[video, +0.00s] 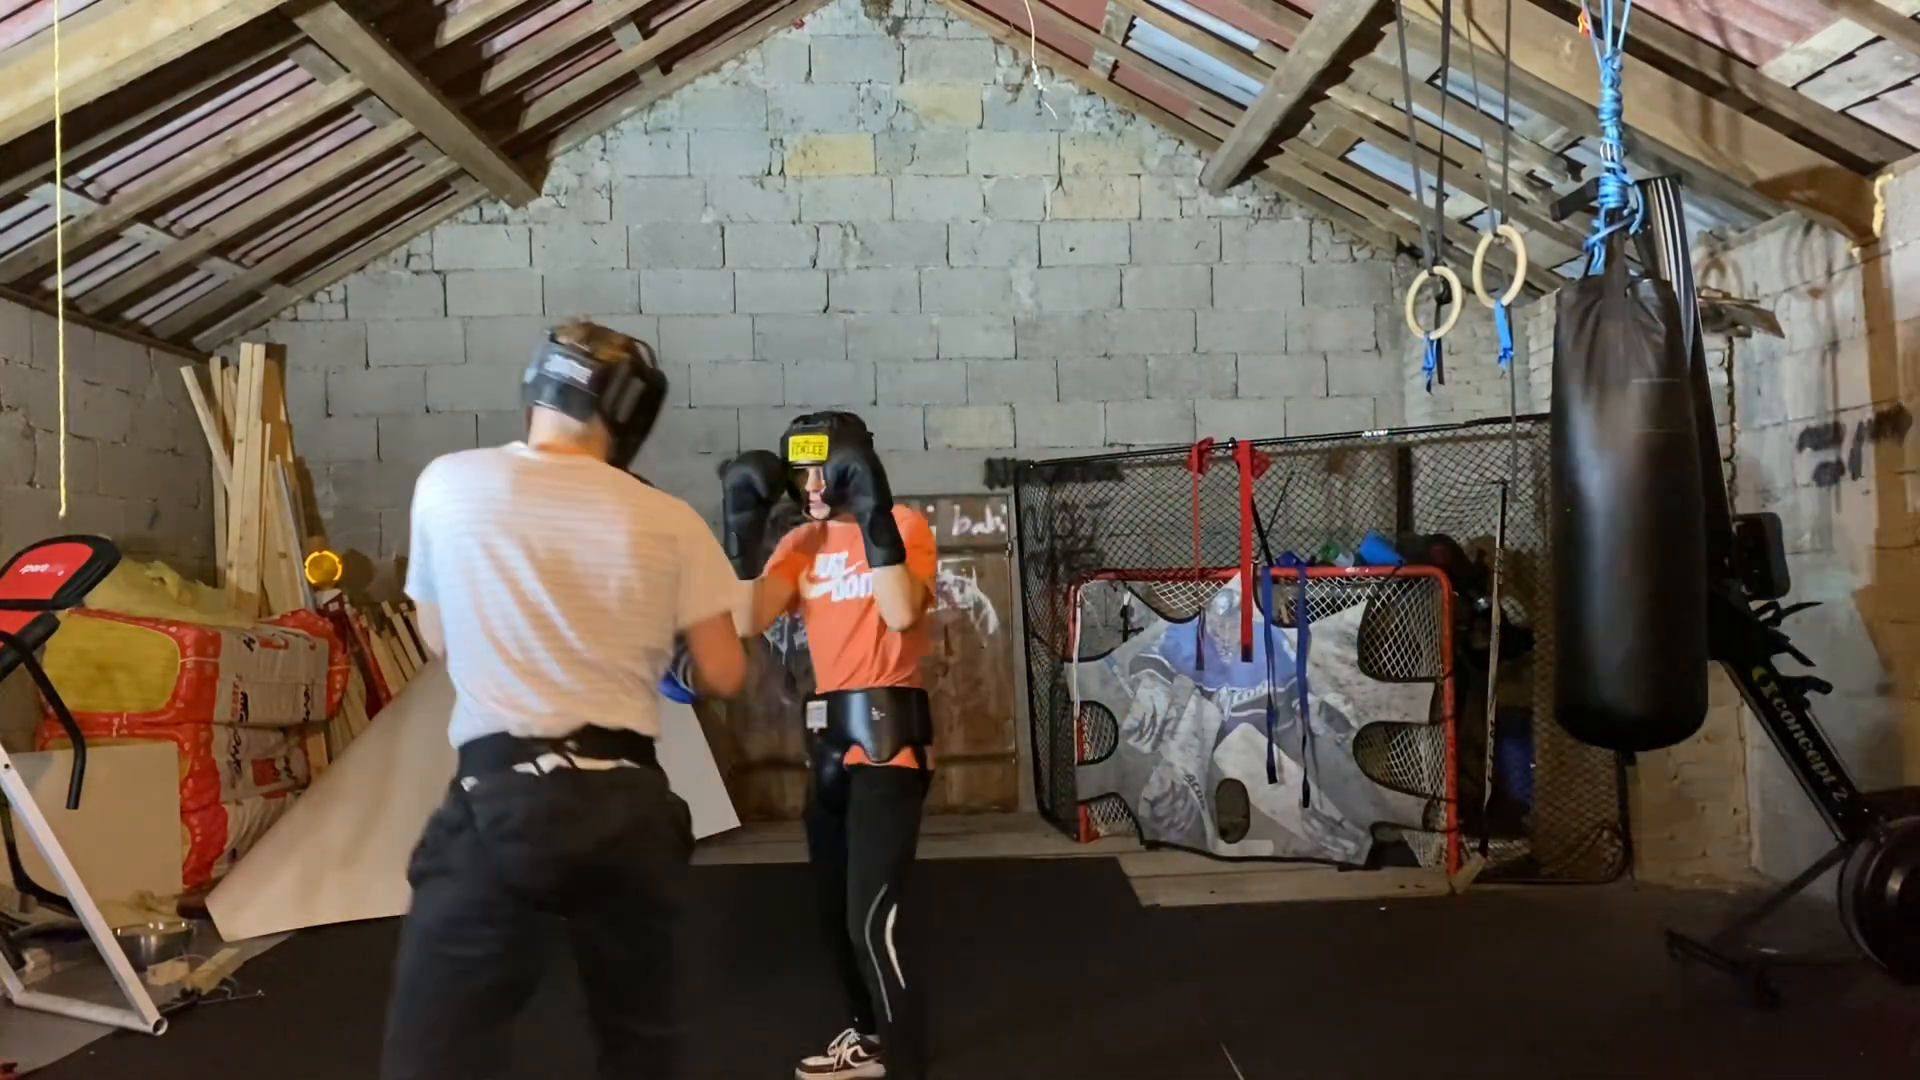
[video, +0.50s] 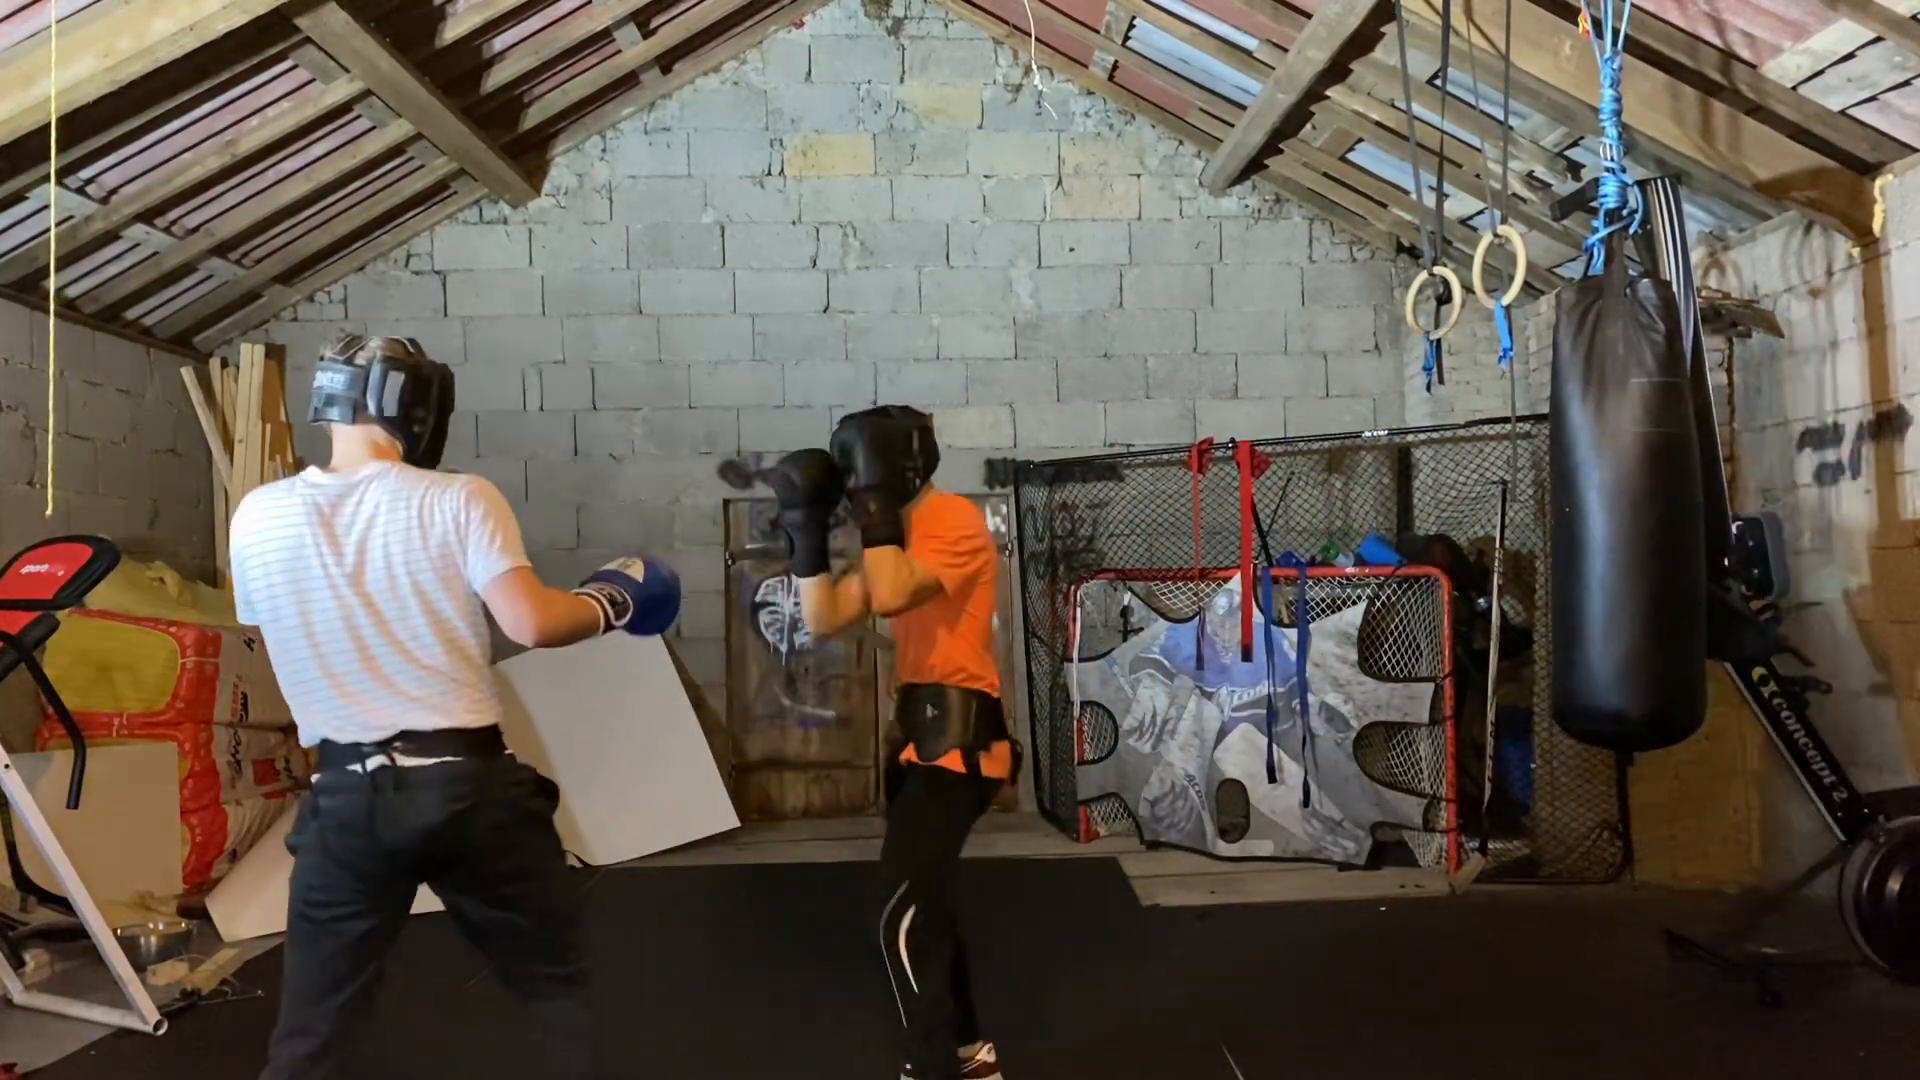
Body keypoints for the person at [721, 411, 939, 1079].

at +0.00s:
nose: (809, 485)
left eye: (820, 470)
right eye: (801, 472)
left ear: (855, 467)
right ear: (795, 479)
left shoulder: (902, 525)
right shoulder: (802, 542)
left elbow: (901, 613)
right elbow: (748, 622)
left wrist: (873, 515)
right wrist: (744, 538)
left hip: (888, 732)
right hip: (828, 735)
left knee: (872, 918)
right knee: (837, 905)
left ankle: (905, 1062)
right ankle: (868, 1033)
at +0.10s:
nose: (809, 481)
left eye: (820, 465)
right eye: (803, 468)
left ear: (856, 462)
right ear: (804, 477)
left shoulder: (909, 516)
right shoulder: (816, 540)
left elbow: (891, 602)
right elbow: (756, 619)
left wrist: (868, 502)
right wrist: (751, 531)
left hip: (909, 733)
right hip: (854, 733)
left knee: (888, 907)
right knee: (865, 898)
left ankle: (907, 1056)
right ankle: (882, 1026)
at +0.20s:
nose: (818, 475)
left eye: (828, 457)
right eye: (811, 462)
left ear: (862, 454)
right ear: (811, 472)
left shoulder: (919, 510)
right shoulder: (833, 536)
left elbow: (891, 592)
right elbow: (774, 612)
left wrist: (868, 490)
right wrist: (760, 519)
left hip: (921, 732)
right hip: (867, 732)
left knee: (898, 910)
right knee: (881, 897)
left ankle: (906, 1065)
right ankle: (952, 1032)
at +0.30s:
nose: (828, 478)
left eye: (834, 462)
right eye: (823, 466)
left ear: (867, 458)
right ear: (834, 478)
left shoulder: (932, 512)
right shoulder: (849, 537)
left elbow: (894, 590)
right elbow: (785, 610)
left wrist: (872, 488)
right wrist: (773, 517)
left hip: (932, 733)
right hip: (880, 733)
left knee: (895, 917)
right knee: (914, 904)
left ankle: (914, 1069)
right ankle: (966, 1050)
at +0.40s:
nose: (840, 484)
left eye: (846, 469)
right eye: (837, 473)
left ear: (879, 463)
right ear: (848, 479)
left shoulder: (943, 514)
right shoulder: (870, 536)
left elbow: (898, 587)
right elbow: (803, 609)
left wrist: (881, 490)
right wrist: (787, 519)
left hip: (950, 736)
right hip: (900, 734)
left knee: (893, 911)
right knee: (921, 900)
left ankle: (918, 1069)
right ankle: (967, 1051)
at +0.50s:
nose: (860, 487)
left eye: (865, 474)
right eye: (857, 477)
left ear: (896, 466)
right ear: (904, 464)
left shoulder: (955, 519)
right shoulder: (898, 538)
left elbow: (890, 593)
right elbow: (824, 616)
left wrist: (873, 498)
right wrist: (806, 522)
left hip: (961, 736)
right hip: (922, 735)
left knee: (901, 916)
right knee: (926, 902)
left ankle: (931, 1067)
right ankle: (966, 1047)